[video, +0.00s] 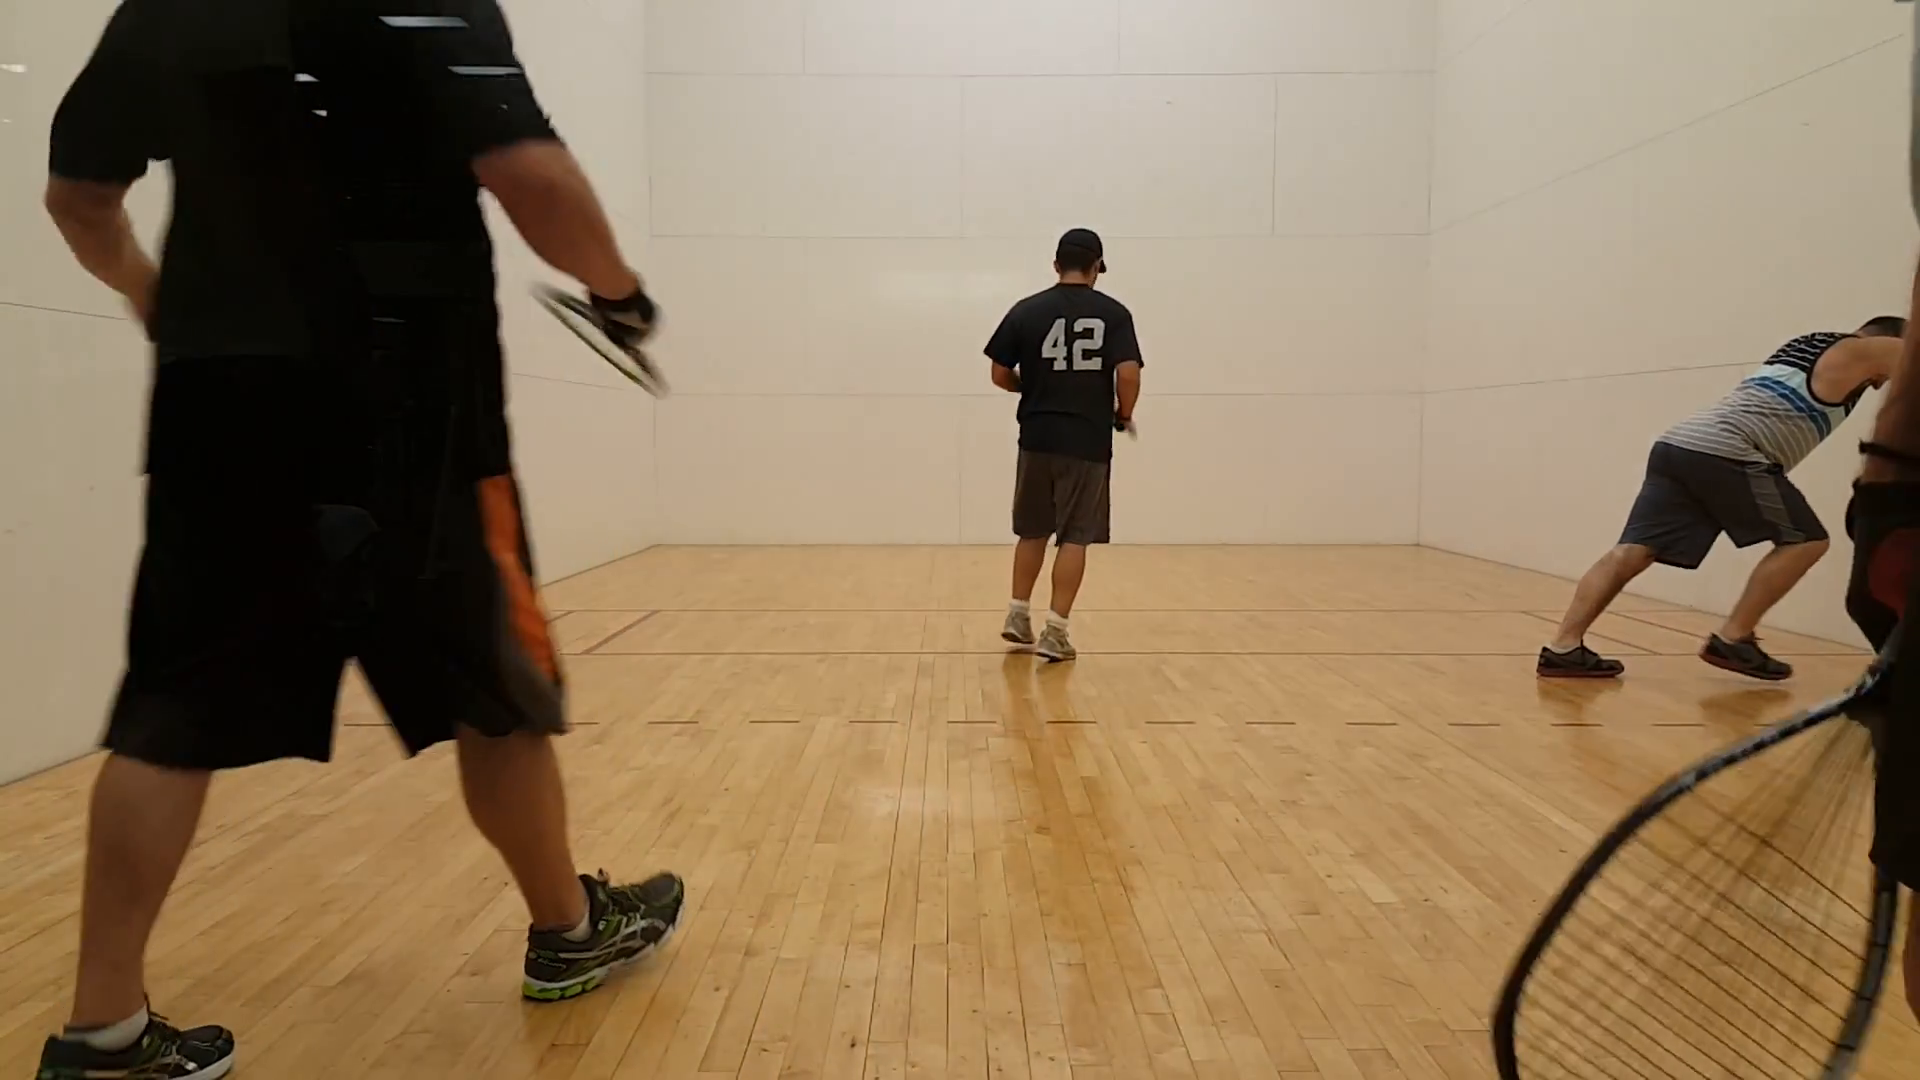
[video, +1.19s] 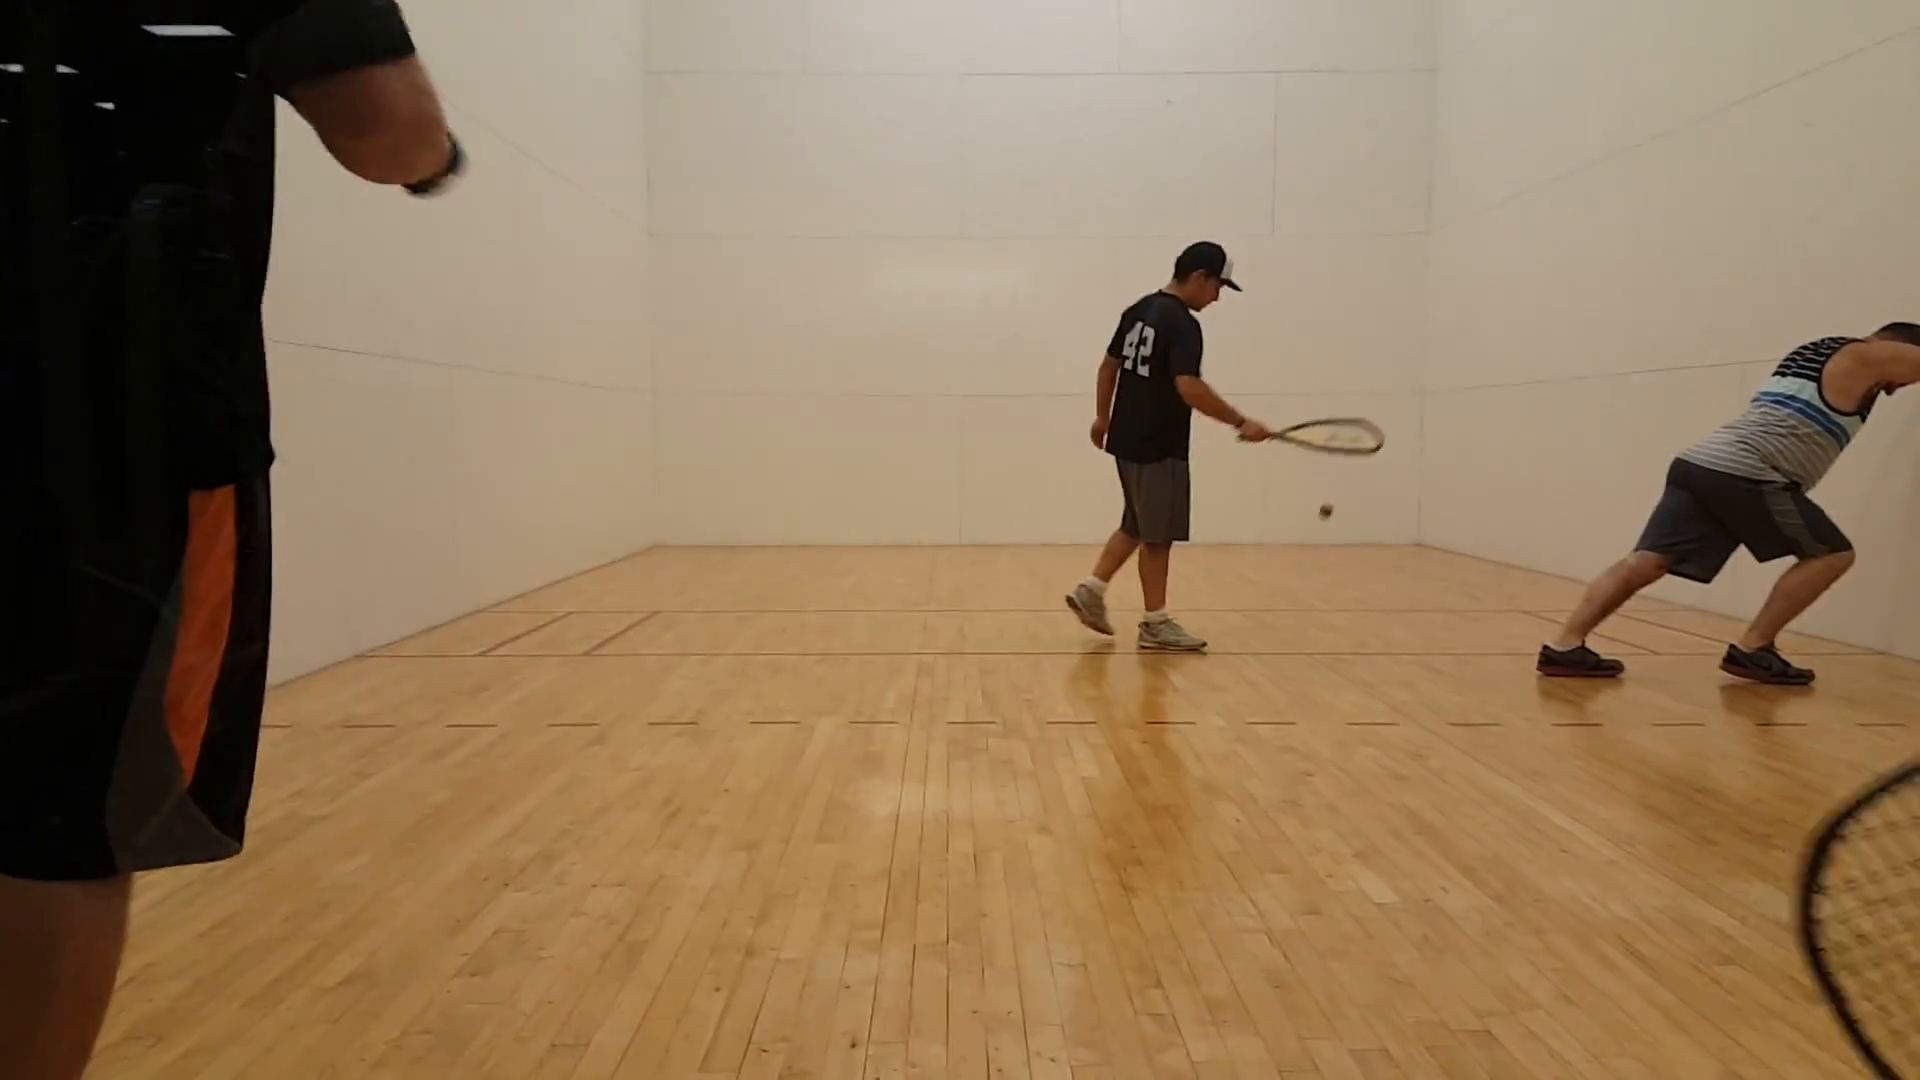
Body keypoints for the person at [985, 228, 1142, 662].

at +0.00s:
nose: (1095, 273)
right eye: (1099, 267)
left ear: (1055, 265)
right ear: (1097, 268)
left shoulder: (1026, 310)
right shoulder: (1114, 313)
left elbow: (1000, 374)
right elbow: (1129, 372)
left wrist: (1033, 385)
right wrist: (1124, 414)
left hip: (1036, 443)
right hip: (1087, 447)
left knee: (1033, 530)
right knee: (1075, 536)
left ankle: (1017, 615)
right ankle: (1055, 629)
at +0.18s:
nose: (1101, 283)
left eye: (1103, 275)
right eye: (1102, 274)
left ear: (1060, 268)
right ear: (1089, 269)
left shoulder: (1028, 315)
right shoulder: (1096, 316)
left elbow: (1026, 382)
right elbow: (1109, 378)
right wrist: (1123, 391)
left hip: (1037, 443)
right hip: (1083, 446)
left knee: (1040, 535)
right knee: (1075, 534)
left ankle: (1035, 622)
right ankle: (1054, 622)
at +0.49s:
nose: (1106, 287)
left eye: (1108, 279)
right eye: (1104, 278)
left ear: (1071, 273)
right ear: (1082, 272)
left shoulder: (1043, 313)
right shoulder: (1076, 313)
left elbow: (1064, 377)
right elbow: (1068, 364)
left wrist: (1122, 386)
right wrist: (1107, 399)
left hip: (1044, 445)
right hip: (1081, 444)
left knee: (1049, 527)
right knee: (1118, 520)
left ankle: (1038, 620)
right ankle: (1079, 602)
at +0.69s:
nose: (1126, 291)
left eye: (1128, 283)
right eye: (1123, 281)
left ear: (1095, 276)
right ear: (1100, 274)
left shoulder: (1067, 314)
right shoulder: (1087, 317)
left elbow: (1098, 382)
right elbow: (1074, 371)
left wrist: (1150, 387)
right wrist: (1122, 406)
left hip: (1058, 448)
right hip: (1090, 448)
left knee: (1056, 528)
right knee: (1121, 527)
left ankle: (1039, 619)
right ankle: (1136, 618)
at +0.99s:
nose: (1184, 300)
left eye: (1187, 292)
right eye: (1184, 290)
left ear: (1158, 280)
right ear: (1165, 280)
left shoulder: (1118, 312)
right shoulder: (1147, 324)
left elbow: (1107, 377)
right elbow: (1132, 380)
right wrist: (1164, 436)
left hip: (1099, 448)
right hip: (1133, 452)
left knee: (1089, 527)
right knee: (1148, 534)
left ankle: (1048, 604)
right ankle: (1154, 620)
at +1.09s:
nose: (1203, 297)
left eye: (1206, 289)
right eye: (1202, 287)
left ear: (1175, 278)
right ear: (1184, 279)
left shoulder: (1131, 310)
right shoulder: (1167, 324)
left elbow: (1102, 368)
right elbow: (1156, 384)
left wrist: (1098, 415)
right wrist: (1193, 433)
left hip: (1115, 442)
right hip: (1149, 448)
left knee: (1112, 522)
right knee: (1153, 533)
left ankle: (1064, 592)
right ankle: (1156, 620)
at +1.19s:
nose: (1217, 296)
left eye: (1220, 288)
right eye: (1217, 286)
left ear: (1186, 276)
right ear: (1198, 277)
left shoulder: (1139, 309)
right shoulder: (1183, 324)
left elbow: (1109, 367)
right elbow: (1189, 388)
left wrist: (1102, 416)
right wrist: (1240, 420)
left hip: (1126, 440)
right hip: (1158, 449)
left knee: (1136, 522)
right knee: (1158, 534)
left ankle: (1092, 588)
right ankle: (1156, 622)